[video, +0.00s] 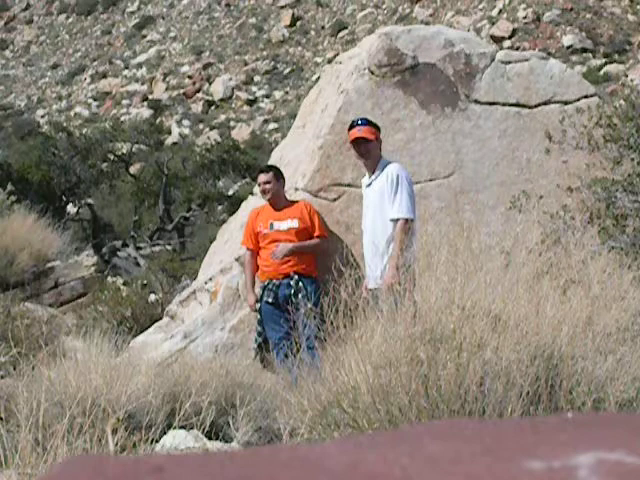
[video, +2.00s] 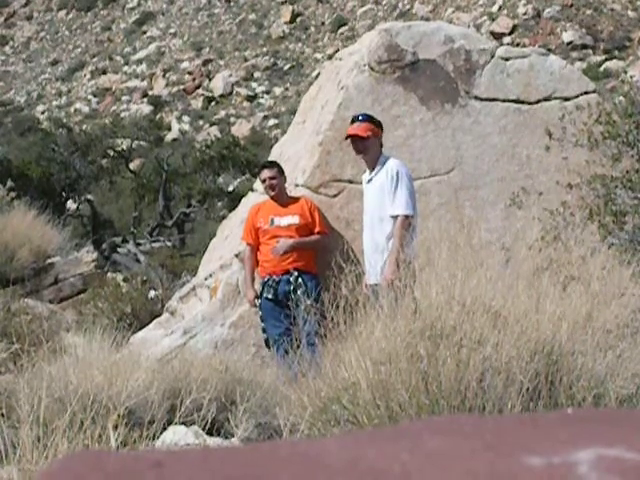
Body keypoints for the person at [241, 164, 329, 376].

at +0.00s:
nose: (263, 188)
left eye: (267, 183)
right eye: (259, 184)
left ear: (281, 183)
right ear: (258, 188)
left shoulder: (304, 209)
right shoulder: (256, 216)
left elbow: (323, 240)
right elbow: (250, 253)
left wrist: (293, 247)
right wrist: (250, 290)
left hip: (303, 282)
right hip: (271, 285)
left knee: (310, 339)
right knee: (280, 344)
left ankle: (316, 386)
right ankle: (292, 390)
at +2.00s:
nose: (269, 183)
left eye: (273, 178)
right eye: (264, 180)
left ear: (283, 178)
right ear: (261, 184)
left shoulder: (305, 205)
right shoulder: (257, 212)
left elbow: (325, 236)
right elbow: (250, 249)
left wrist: (294, 243)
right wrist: (249, 285)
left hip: (303, 277)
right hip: (271, 280)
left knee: (310, 335)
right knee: (279, 340)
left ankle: (316, 382)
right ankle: (290, 386)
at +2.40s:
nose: (269, 183)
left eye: (273, 178)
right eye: (264, 180)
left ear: (283, 178)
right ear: (261, 185)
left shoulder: (305, 205)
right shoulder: (257, 212)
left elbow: (324, 236)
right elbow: (250, 249)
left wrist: (294, 243)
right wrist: (248, 285)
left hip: (303, 277)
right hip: (271, 281)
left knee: (310, 334)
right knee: (278, 339)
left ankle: (315, 380)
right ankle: (291, 384)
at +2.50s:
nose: (269, 184)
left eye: (273, 178)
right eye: (264, 181)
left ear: (284, 178)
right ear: (261, 185)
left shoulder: (305, 205)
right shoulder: (257, 212)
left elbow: (325, 236)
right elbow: (250, 249)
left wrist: (294, 243)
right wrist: (248, 285)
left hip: (303, 277)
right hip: (271, 280)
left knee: (310, 335)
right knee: (278, 339)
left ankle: (315, 381)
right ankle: (291, 384)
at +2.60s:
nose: (269, 184)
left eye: (273, 178)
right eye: (264, 181)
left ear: (284, 178)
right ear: (261, 185)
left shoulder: (305, 205)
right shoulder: (257, 212)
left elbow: (325, 236)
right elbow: (250, 249)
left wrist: (294, 243)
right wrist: (248, 285)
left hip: (303, 277)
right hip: (271, 280)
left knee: (310, 334)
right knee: (278, 339)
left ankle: (315, 381)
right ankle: (291, 384)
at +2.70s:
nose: (269, 184)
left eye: (273, 178)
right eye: (264, 181)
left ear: (283, 178)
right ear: (261, 185)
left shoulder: (305, 205)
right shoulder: (257, 212)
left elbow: (325, 236)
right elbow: (250, 249)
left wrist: (294, 243)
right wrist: (248, 285)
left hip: (303, 277)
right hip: (271, 280)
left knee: (310, 334)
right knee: (278, 339)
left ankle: (316, 381)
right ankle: (291, 385)